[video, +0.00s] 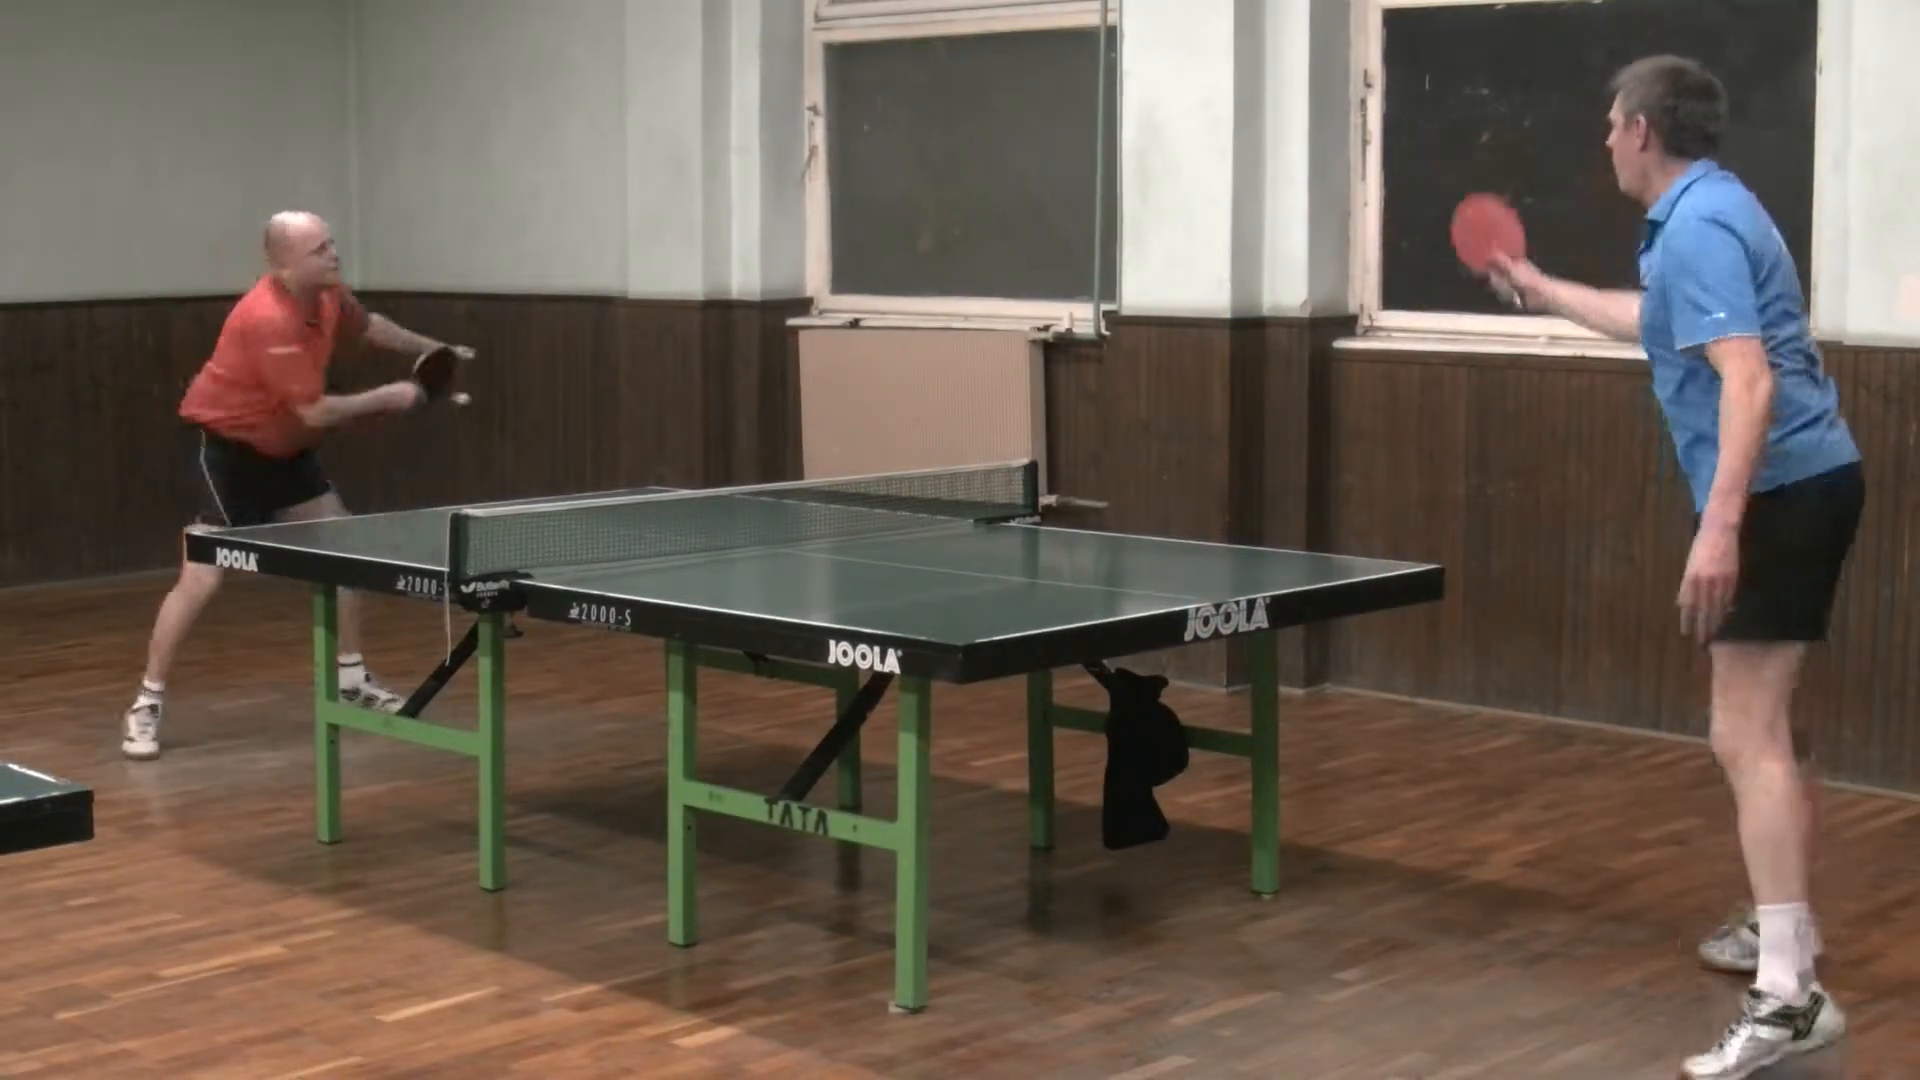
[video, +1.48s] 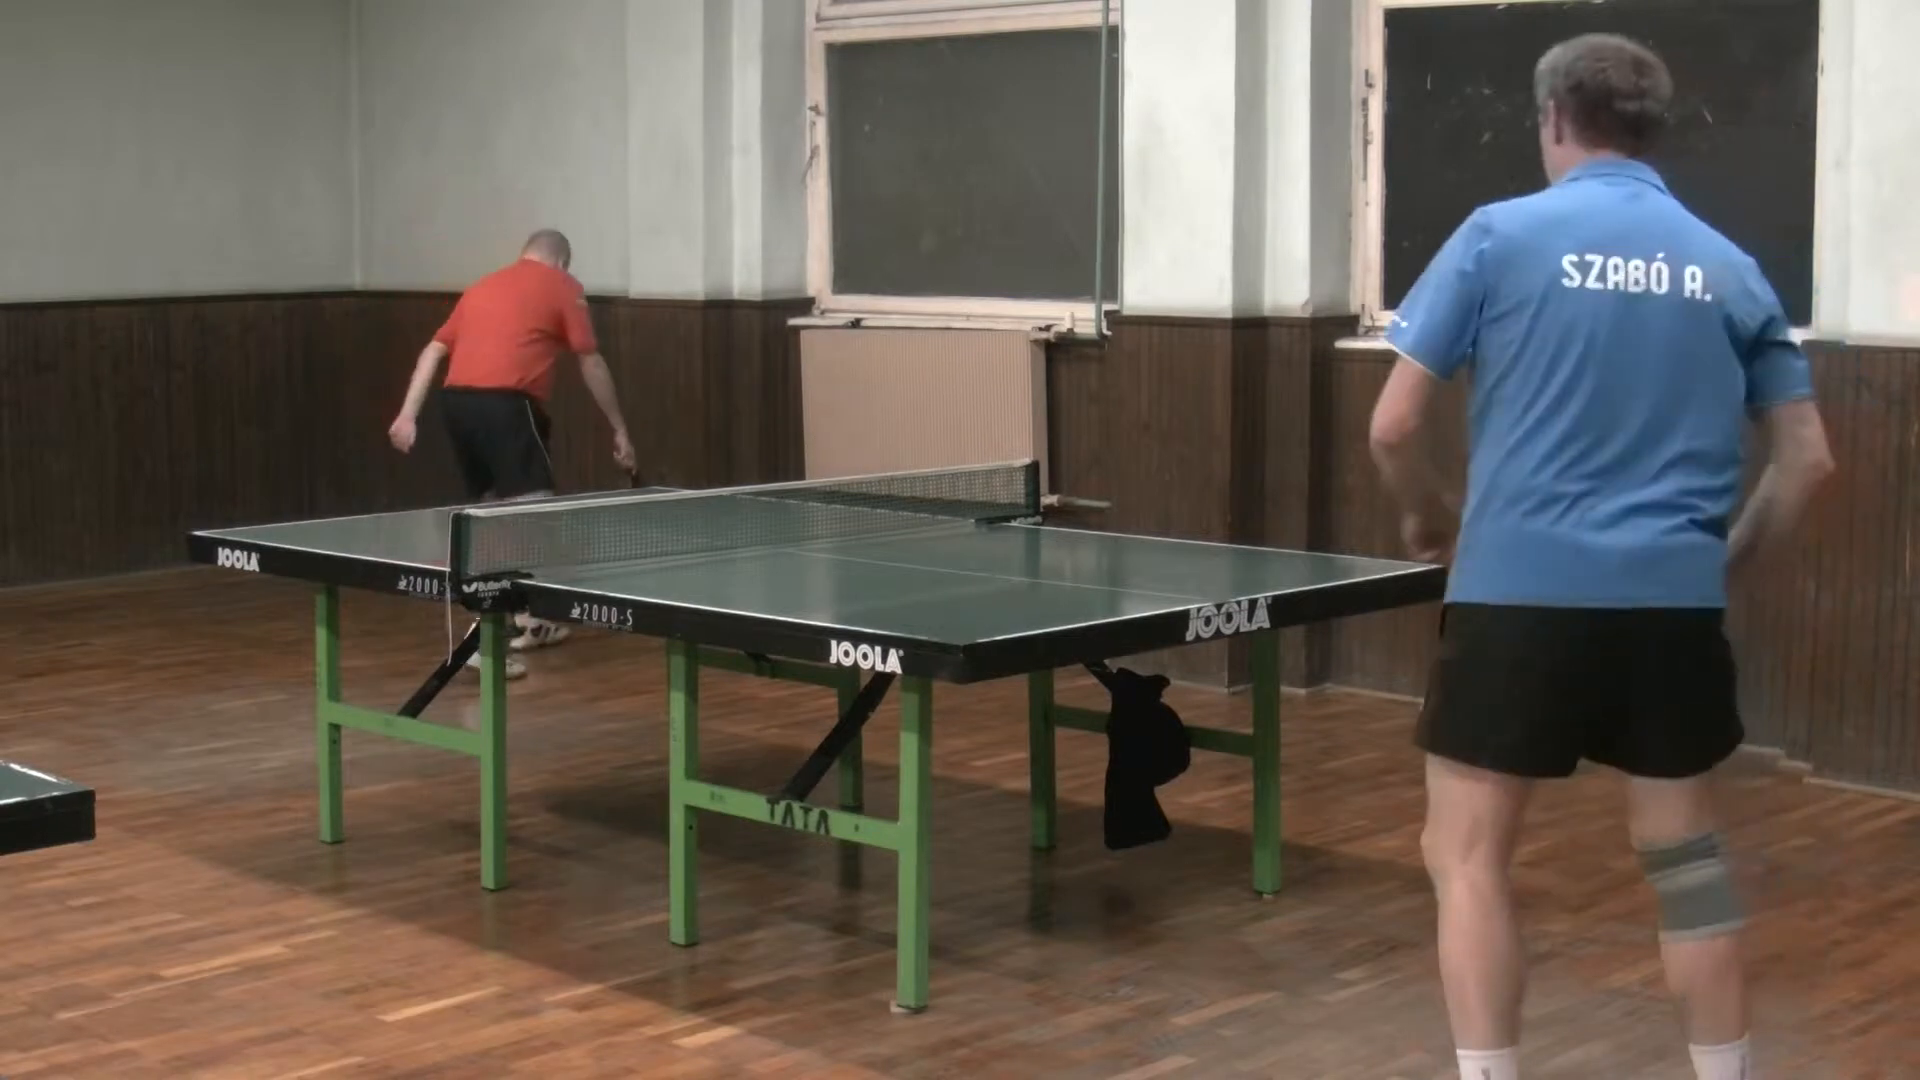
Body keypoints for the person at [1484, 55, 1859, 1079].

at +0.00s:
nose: (1607, 142)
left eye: (1613, 126)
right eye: (1611, 125)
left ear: (1643, 132)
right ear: (1677, 129)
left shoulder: (1695, 227)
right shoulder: (1706, 210)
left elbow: (1748, 377)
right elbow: (1660, 323)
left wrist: (1720, 526)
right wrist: (1540, 286)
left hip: (1781, 491)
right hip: (1791, 484)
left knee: (1746, 738)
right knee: (1759, 728)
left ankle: (1791, 992)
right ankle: (1785, 922)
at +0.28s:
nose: (1589, 191)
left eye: (1593, 175)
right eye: (1593, 174)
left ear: (1618, 181)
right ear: (1669, 176)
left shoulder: (1686, 280)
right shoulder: (1720, 258)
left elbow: (1691, 464)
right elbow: (1716, 440)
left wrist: (1597, 589)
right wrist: (1671, 555)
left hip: (1758, 548)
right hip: (1804, 540)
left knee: (1653, 775)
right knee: (1769, 732)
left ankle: (1698, 1035)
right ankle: (1812, 936)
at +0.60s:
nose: (1622, 134)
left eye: (1623, 118)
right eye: (1625, 116)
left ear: (1640, 126)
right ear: (1732, 121)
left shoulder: (1609, 240)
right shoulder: (1814, 242)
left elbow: (1567, 434)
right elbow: (1857, 419)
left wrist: (1605, 504)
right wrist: (1805, 508)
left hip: (1651, 568)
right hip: (1784, 567)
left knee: (1651, 791)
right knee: (1779, 783)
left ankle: (1697, 1035)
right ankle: (1795, 1040)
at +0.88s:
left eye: (1683, 143)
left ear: (1690, 152)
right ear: (1792, 156)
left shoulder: (1620, 270)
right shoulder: (1829, 271)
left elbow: (1583, 448)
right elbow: (1867, 479)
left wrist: (1618, 557)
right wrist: (1836, 597)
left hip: (1608, 588)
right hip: (1756, 599)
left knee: (1579, 820)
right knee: (1787, 840)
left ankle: (1511, 1048)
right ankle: (1753, 1069)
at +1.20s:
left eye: (1664, 169)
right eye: (1780, 184)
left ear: (1669, 173)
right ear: (1773, 184)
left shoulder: (1598, 271)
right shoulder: (1797, 293)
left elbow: (1597, 437)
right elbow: (1859, 508)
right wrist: (1832, 627)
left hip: (1549, 600)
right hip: (1699, 615)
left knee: (1501, 849)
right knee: (1758, 838)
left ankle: (1434, 1070)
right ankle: (1738, 1068)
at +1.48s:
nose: (1541, 143)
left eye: (1542, 126)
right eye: (1546, 127)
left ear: (1558, 127)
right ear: (1654, 131)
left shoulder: (1498, 235)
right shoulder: (1730, 264)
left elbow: (1392, 426)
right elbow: (1805, 459)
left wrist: (1421, 512)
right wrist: (1722, 555)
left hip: (1516, 607)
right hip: (1673, 614)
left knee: (1469, 856)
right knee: (1682, 853)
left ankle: (1486, 1071)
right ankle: (1723, 1070)